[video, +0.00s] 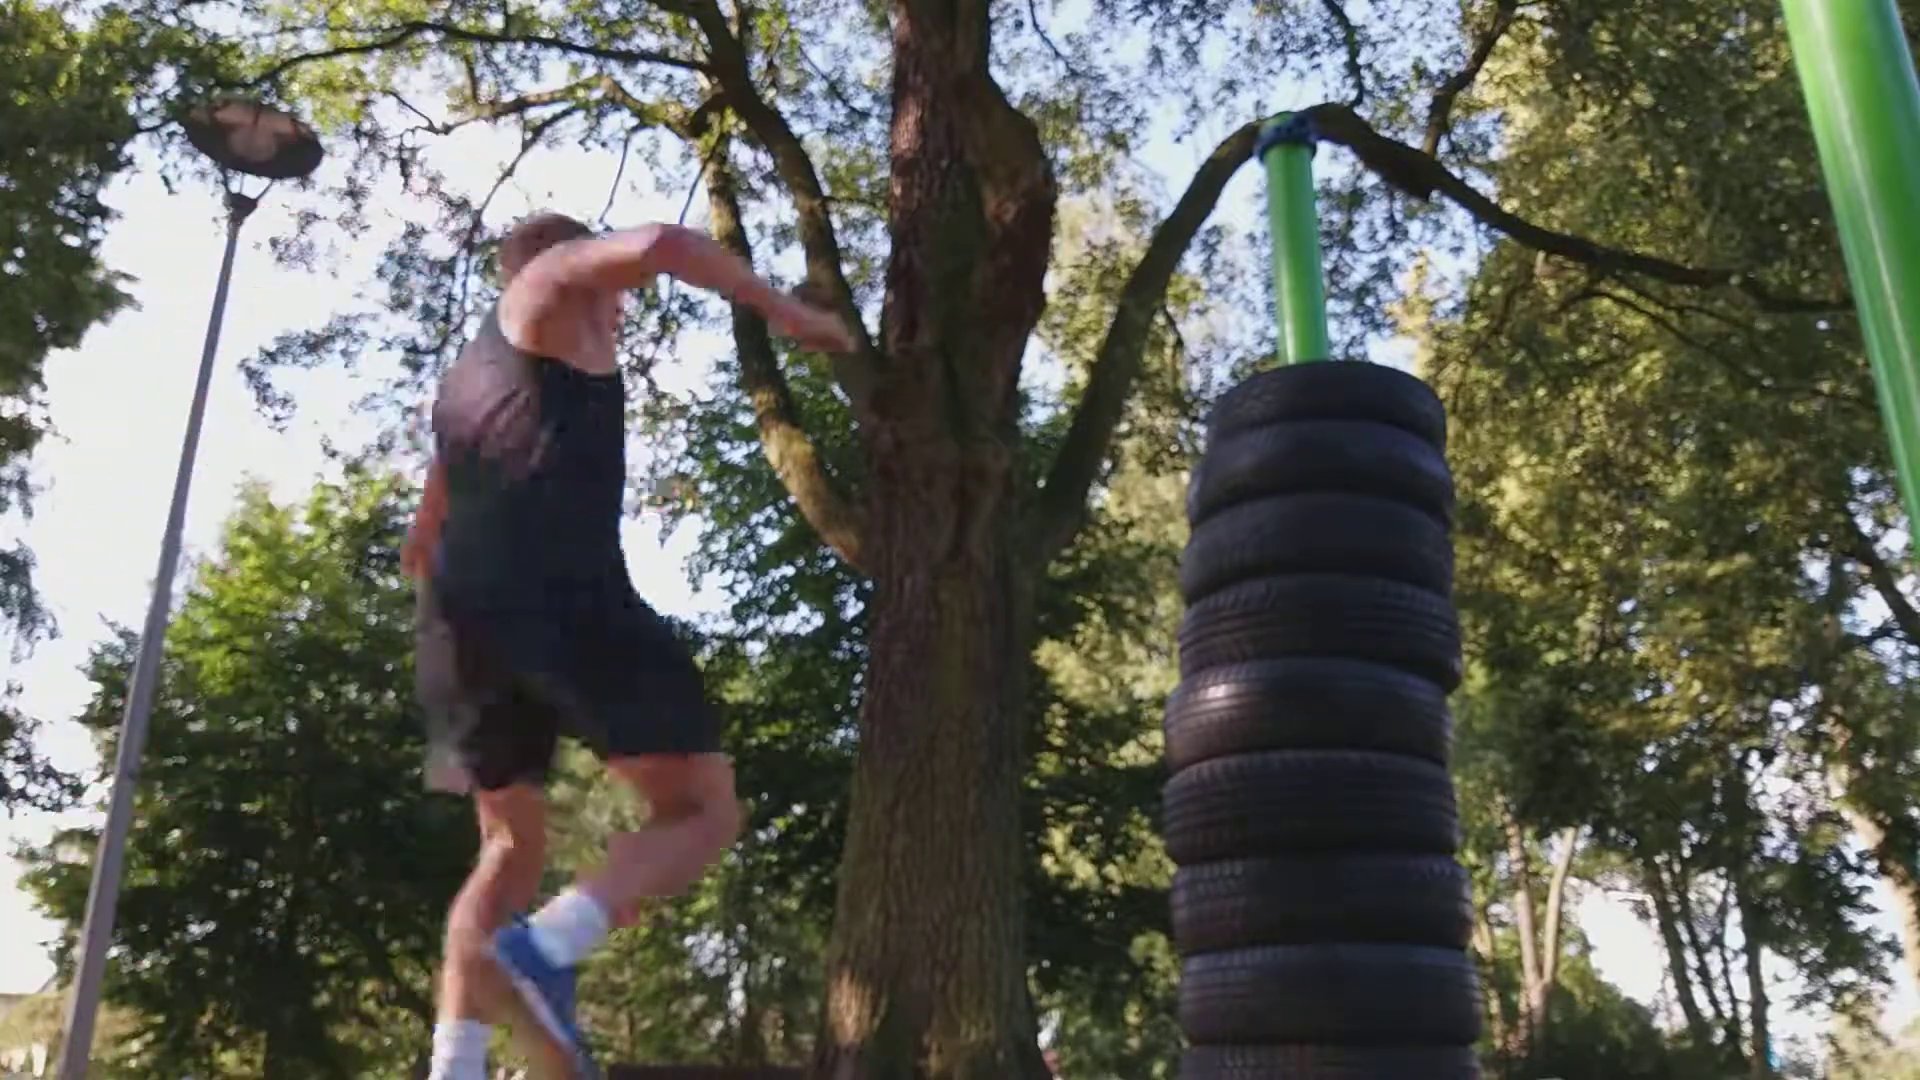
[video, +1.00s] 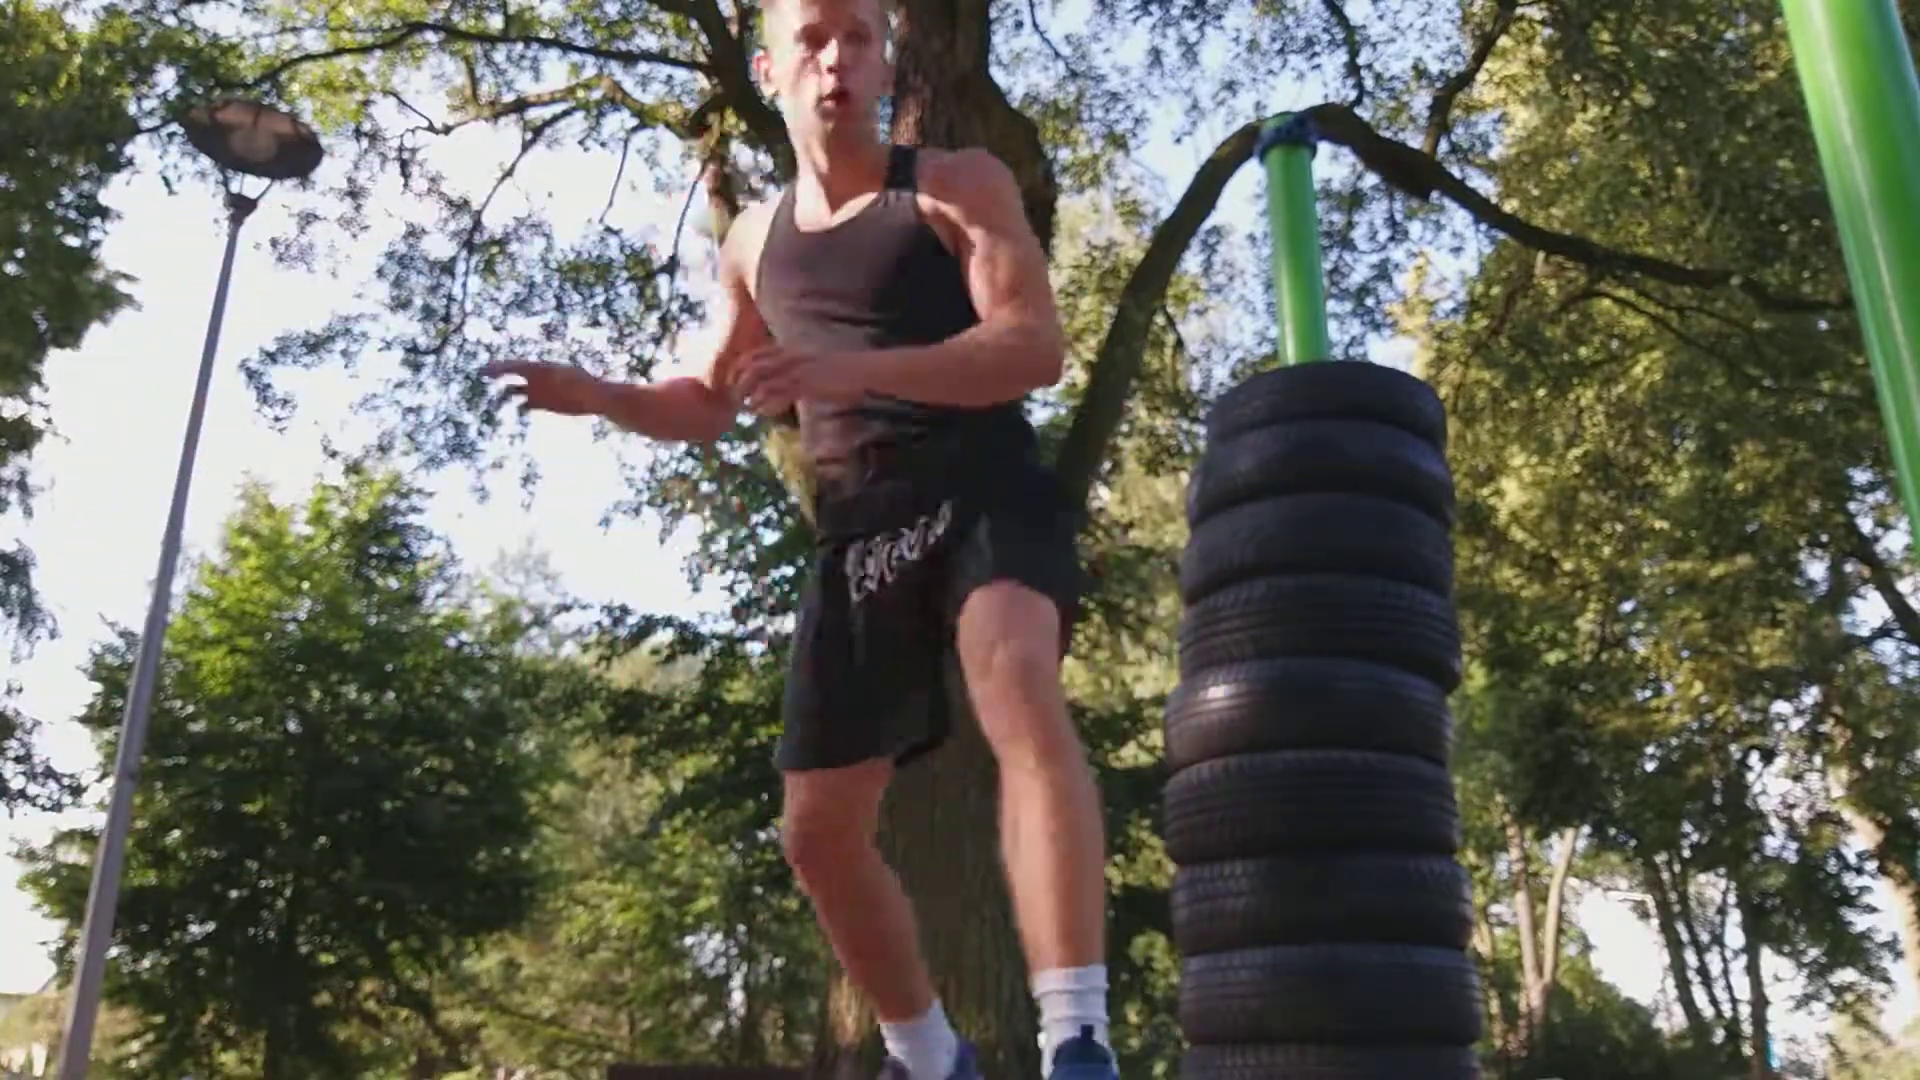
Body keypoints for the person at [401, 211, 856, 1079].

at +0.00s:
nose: (621, 315)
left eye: (620, 301)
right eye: (609, 296)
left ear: (507, 280)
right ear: (564, 270)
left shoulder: (461, 385)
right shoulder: (546, 278)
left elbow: (423, 542)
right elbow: (663, 243)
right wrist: (782, 304)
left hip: (465, 619)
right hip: (569, 602)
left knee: (509, 844)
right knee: (703, 813)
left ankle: (456, 1064)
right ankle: (550, 944)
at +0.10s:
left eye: (525, 295)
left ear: (534, 295)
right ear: (618, 268)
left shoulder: (505, 358)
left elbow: (419, 458)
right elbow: (738, 338)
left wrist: (461, 596)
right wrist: (650, 312)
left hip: (583, 619)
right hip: (711, 610)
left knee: (520, 843)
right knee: (729, 853)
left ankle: (457, 1067)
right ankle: (863, 1030)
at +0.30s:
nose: (683, 301)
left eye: (678, 285)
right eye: (661, 288)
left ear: (667, 293)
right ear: (594, 314)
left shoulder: (719, 345)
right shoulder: (555, 453)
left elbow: (864, 397)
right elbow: (490, 604)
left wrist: (759, 444)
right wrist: (623, 656)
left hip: (844, 518)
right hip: (791, 606)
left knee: (842, 469)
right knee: (813, 813)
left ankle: (1067, 614)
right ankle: (901, 1043)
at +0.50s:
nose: (685, 412)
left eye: (674, 394)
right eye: (655, 413)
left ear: (682, 399)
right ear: (609, 465)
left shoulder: (744, 418)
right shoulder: (651, 615)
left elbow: (821, 356)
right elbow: (713, 747)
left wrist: (919, 423)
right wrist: (844, 767)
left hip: (964, 536)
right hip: (911, 652)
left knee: (1124, 467)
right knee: (911, 840)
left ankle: (1238, 408)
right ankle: (931, 1064)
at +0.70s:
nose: (690, 403)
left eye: (696, 373)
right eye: (660, 393)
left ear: (716, 354)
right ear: (622, 409)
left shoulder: (800, 368)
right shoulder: (669, 543)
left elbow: (951, 332)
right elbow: (765, 674)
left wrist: (1059, 422)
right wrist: (879, 746)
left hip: (1016, 519)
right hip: (949, 630)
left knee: (1245, 519)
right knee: (949, 836)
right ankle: (945, 1066)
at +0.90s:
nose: (777, 131)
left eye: (796, 107)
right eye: (753, 110)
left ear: (828, 118)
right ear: (716, 129)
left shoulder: (910, 209)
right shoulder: (699, 283)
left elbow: (1062, 319)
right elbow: (692, 447)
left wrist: (972, 373)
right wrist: (723, 564)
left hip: (989, 489)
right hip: (877, 557)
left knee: (1086, 661)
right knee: (907, 826)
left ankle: (1162, 980)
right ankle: (940, 1068)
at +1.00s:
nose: (837, 59)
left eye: (859, 36)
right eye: (811, 40)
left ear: (891, 58)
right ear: (768, 71)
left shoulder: (959, 181)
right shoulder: (755, 238)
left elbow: (1033, 344)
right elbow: (709, 405)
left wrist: (851, 370)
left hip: (984, 493)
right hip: (855, 535)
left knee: (1017, 683)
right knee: (820, 834)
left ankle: (1078, 1039)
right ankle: (933, 1060)